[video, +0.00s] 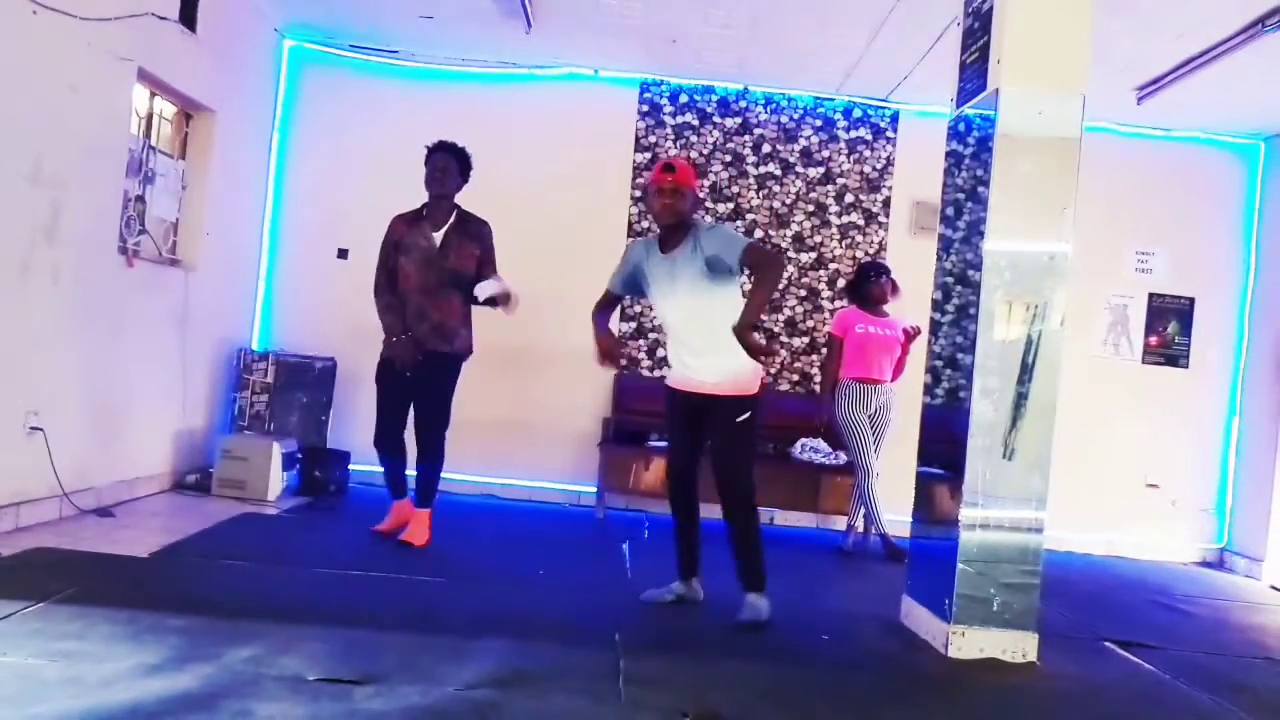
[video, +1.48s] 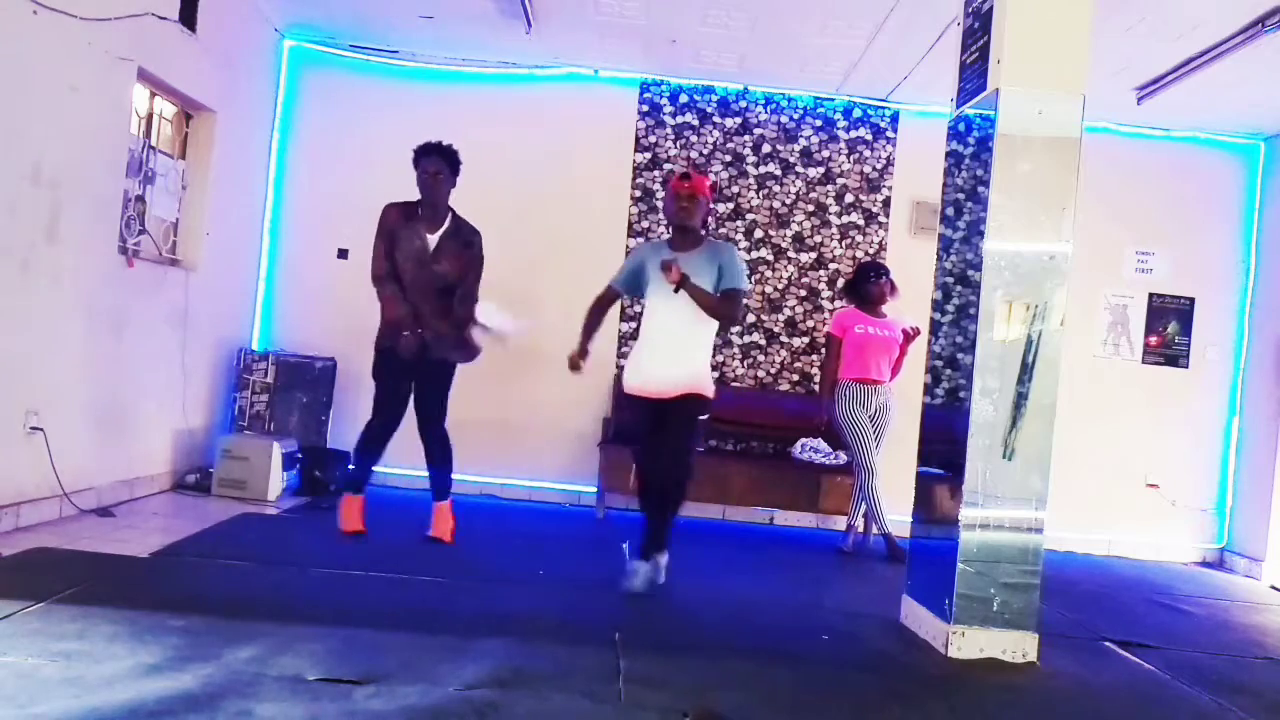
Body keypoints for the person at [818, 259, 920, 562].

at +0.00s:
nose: (889, 286)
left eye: (889, 280)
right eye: (882, 280)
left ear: (889, 287)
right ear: (865, 286)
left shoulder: (895, 326)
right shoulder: (846, 317)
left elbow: (894, 374)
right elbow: (831, 364)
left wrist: (906, 346)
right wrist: (826, 405)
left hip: (882, 397)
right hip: (851, 393)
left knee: (868, 466)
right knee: (866, 464)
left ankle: (850, 532)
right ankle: (885, 536)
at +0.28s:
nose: (887, 290)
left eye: (888, 284)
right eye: (881, 284)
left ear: (890, 288)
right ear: (865, 287)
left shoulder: (894, 327)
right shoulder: (845, 317)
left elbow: (893, 374)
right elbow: (831, 363)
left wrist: (906, 348)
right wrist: (825, 404)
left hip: (881, 397)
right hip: (850, 394)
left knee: (868, 465)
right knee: (867, 464)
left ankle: (850, 532)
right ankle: (886, 536)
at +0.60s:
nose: (890, 286)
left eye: (890, 281)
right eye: (883, 281)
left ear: (889, 287)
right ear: (866, 287)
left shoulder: (894, 328)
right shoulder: (846, 317)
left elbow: (892, 374)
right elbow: (831, 363)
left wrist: (906, 348)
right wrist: (826, 404)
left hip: (881, 397)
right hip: (850, 394)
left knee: (867, 465)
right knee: (867, 463)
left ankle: (849, 533)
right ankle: (887, 536)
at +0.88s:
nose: (888, 286)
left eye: (889, 281)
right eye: (881, 281)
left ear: (890, 288)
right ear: (865, 287)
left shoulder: (895, 328)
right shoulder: (846, 317)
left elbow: (892, 375)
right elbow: (830, 364)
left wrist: (905, 348)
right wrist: (826, 405)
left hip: (881, 397)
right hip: (850, 394)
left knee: (868, 465)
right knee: (867, 464)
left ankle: (849, 532)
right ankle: (887, 535)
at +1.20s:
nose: (889, 285)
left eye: (889, 280)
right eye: (881, 280)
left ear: (889, 287)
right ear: (865, 287)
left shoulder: (894, 328)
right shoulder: (846, 317)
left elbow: (892, 375)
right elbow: (830, 364)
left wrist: (905, 347)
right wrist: (826, 406)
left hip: (881, 398)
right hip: (850, 394)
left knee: (868, 465)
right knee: (867, 463)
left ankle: (850, 533)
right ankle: (887, 536)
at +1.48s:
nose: (889, 285)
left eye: (888, 280)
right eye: (882, 280)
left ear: (887, 286)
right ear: (866, 286)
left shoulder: (894, 327)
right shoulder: (845, 317)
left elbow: (891, 374)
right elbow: (830, 363)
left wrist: (905, 347)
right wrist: (825, 404)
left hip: (881, 398)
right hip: (850, 395)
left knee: (868, 464)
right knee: (867, 463)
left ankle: (850, 532)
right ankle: (887, 536)